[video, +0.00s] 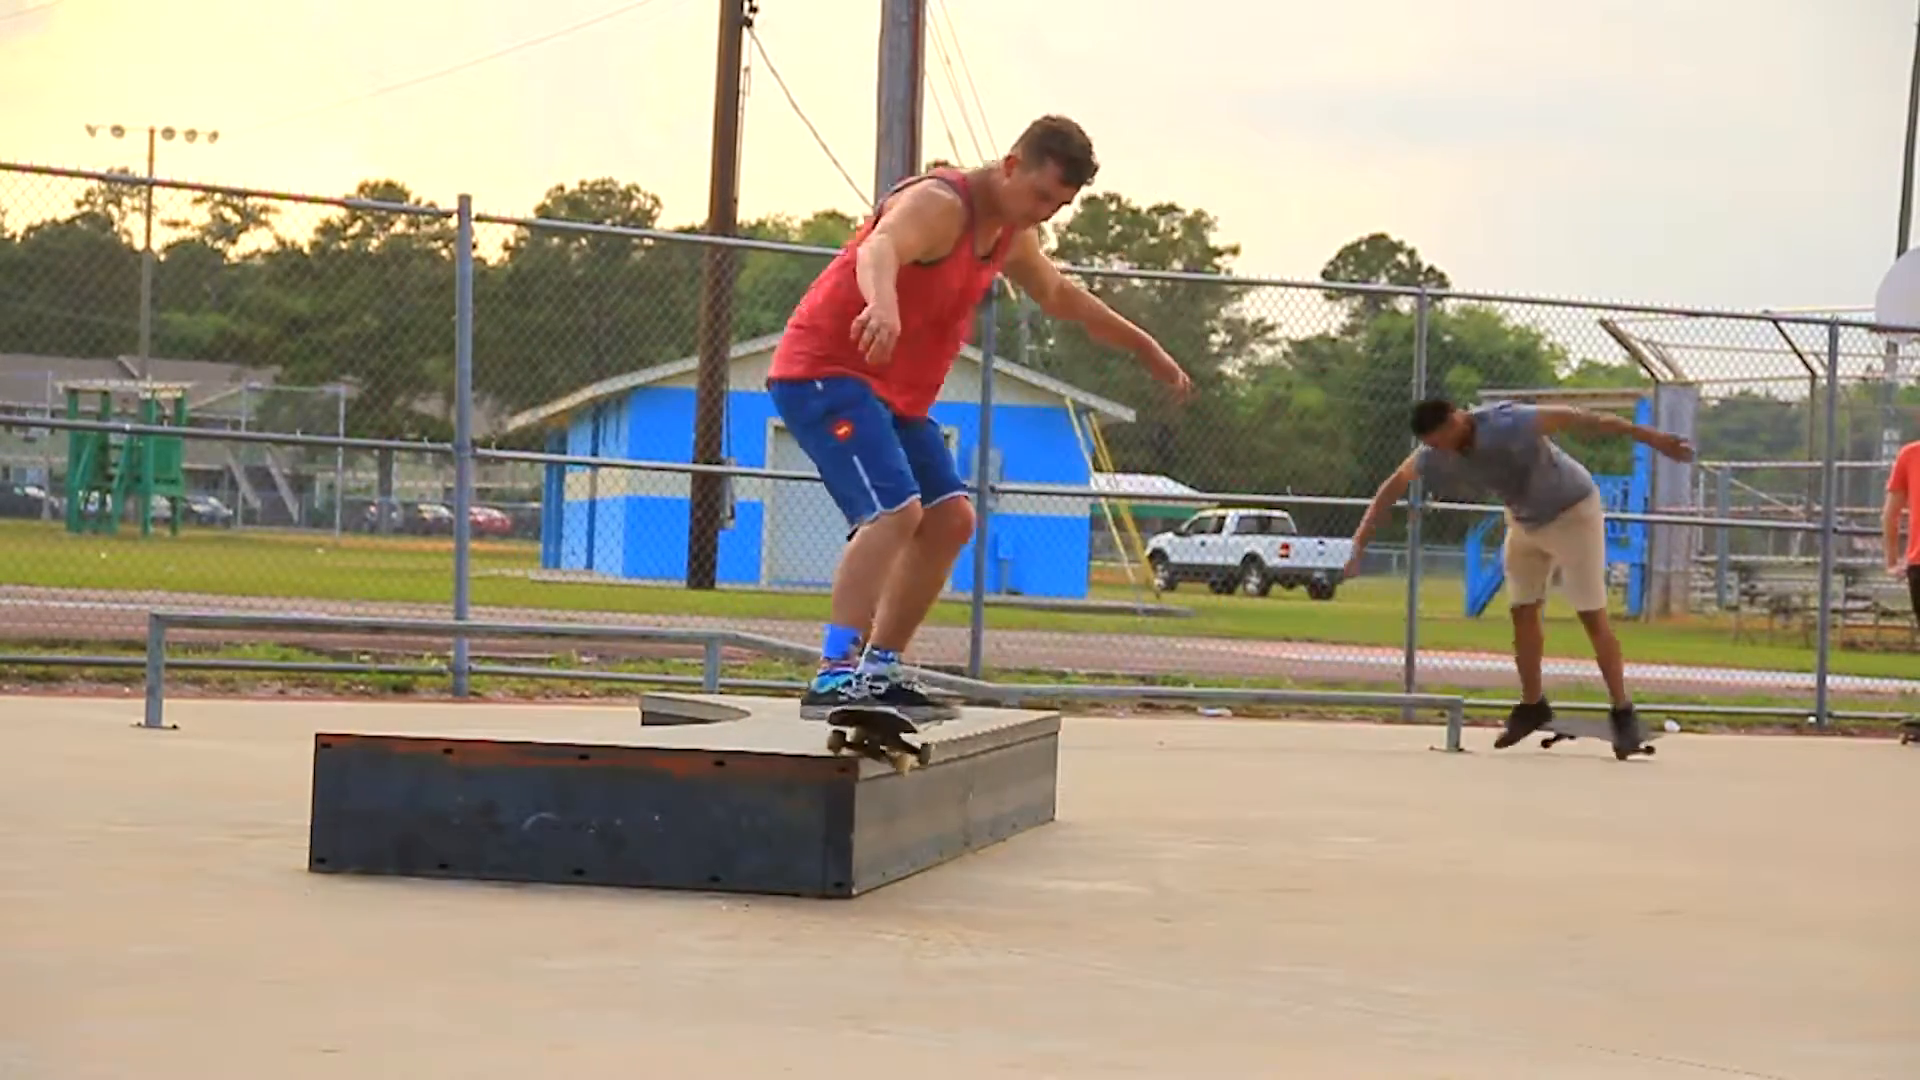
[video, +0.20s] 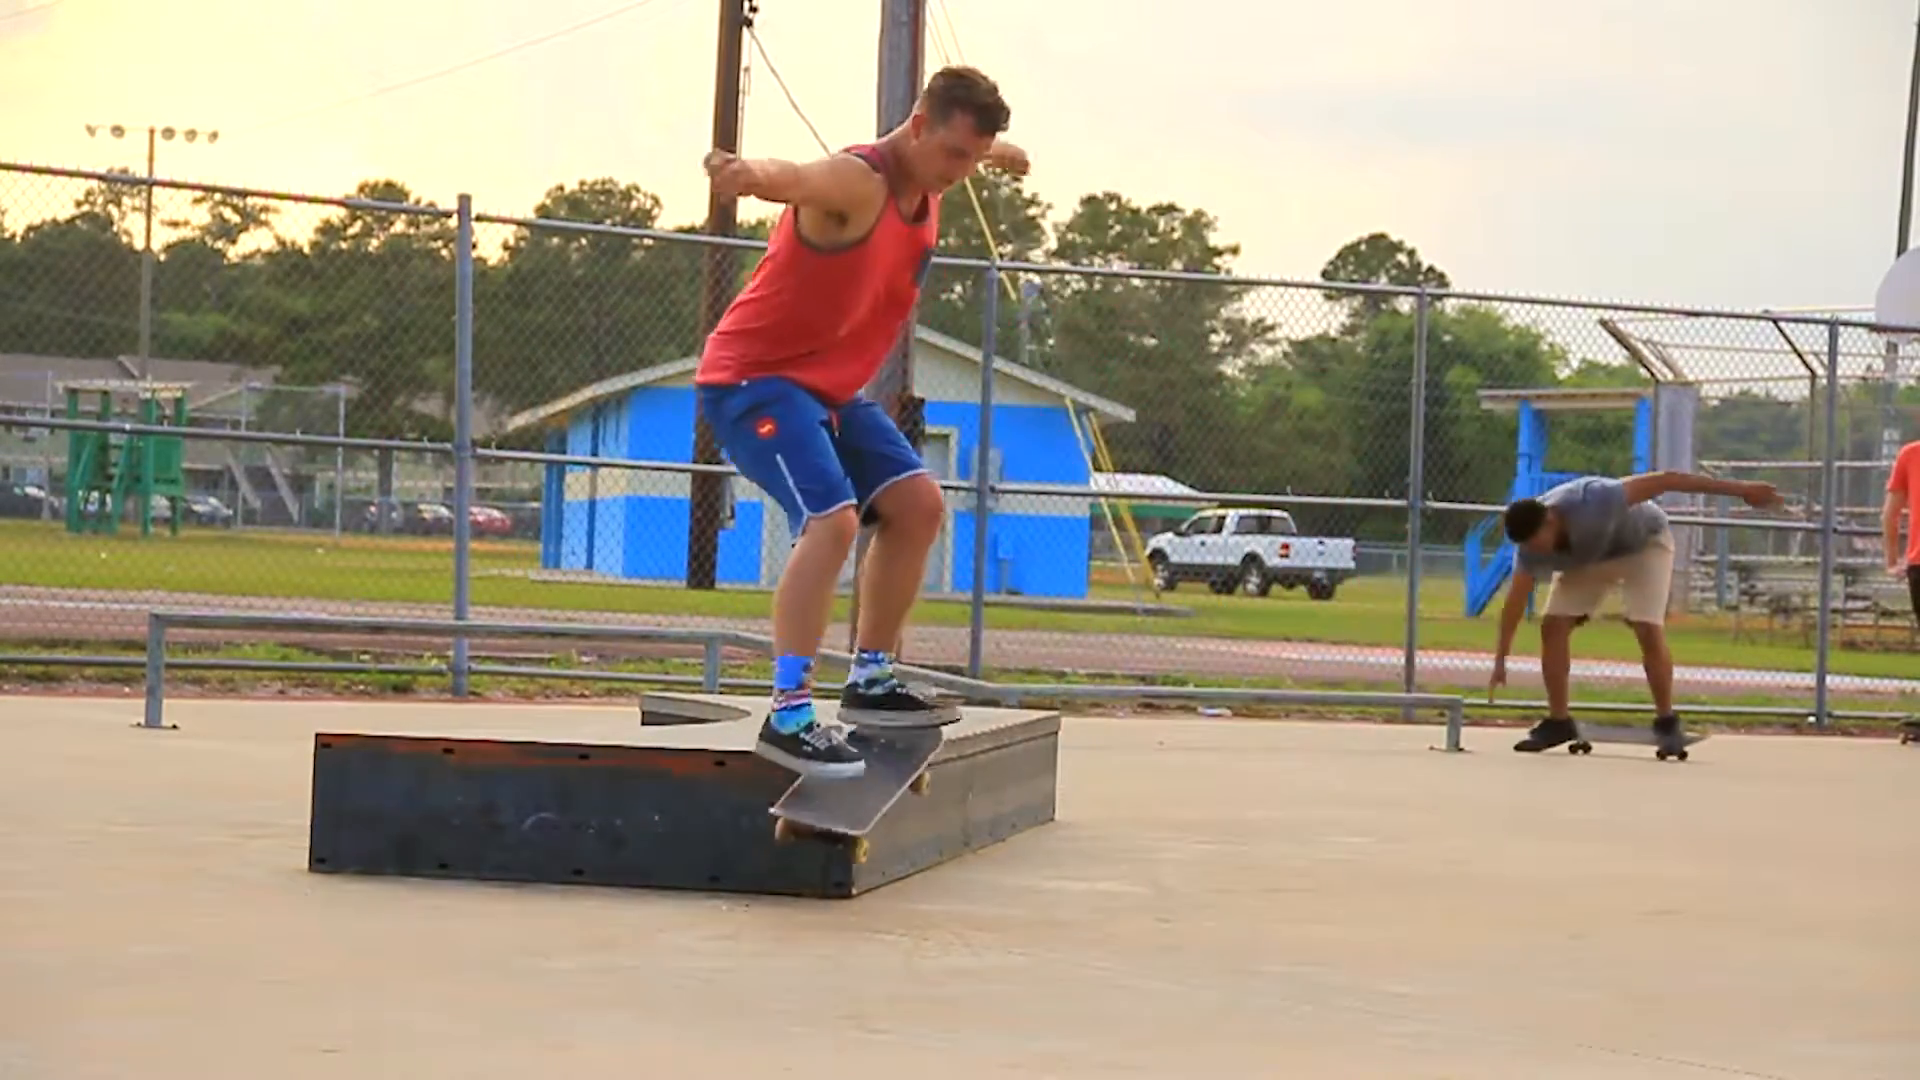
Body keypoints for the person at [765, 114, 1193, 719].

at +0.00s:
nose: (1046, 215)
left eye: (1057, 206)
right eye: (1043, 197)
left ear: (1066, 200)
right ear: (1010, 164)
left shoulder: (1013, 235)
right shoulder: (939, 203)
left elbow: (1062, 295)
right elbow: (880, 247)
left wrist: (1146, 345)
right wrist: (883, 300)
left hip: (894, 392)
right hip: (825, 371)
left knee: (950, 516)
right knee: (895, 509)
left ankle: (877, 670)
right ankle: (835, 673)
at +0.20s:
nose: (960, 170)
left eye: (971, 158)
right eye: (953, 154)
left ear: (971, 147)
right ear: (917, 123)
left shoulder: (921, 181)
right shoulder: (855, 178)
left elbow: (959, 148)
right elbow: (793, 179)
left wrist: (998, 153)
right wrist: (747, 173)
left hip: (832, 390)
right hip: (753, 379)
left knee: (917, 505)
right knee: (832, 517)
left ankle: (870, 677)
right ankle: (790, 712)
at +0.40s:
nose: (847, 237)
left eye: (857, 223)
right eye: (837, 219)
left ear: (862, 215)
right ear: (794, 193)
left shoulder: (797, 255)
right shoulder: (727, 271)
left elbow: (731, 214)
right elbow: (619, 315)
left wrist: (686, 199)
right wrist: (545, 357)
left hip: (793, 506)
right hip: (712, 497)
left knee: (847, 662)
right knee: (790, 650)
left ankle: (792, 834)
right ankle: (727, 834)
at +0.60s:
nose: (706, 234)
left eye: (718, 220)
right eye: (698, 214)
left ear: (726, 207)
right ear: (656, 183)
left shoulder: (676, 255)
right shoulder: (580, 259)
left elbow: (669, 368)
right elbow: (502, 376)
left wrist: (708, 444)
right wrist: (574, 489)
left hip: (659, 506)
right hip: (570, 503)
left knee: (712, 660)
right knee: (630, 659)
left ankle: (690, 845)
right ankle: (578, 850)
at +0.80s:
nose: (529, 188)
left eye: (543, 174)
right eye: (523, 167)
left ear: (551, 156)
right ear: (479, 128)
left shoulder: (502, 199)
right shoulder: (388, 194)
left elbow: (502, 277)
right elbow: (322, 316)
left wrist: (574, 312)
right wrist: (446, 377)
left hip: (469, 462)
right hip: (375, 459)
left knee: (528, 638)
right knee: (425, 649)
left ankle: (530, 843)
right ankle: (389, 855)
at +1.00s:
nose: (334, 124)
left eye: (348, 109)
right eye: (329, 102)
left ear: (351, 94)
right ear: (281, 64)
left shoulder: (315, 150)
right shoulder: (179, 138)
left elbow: (308, 262)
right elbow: (95, 261)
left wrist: (369, 365)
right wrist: (188, 354)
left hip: (267, 448)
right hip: (159, 439)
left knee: (278, 644)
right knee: (159, 641)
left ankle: (256, 857)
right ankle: (105, 858)